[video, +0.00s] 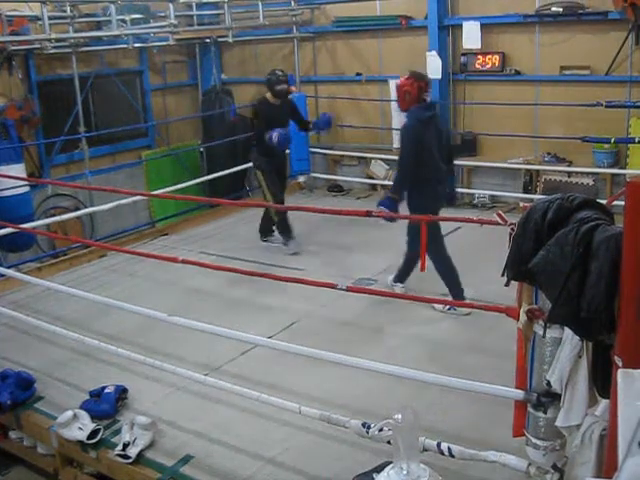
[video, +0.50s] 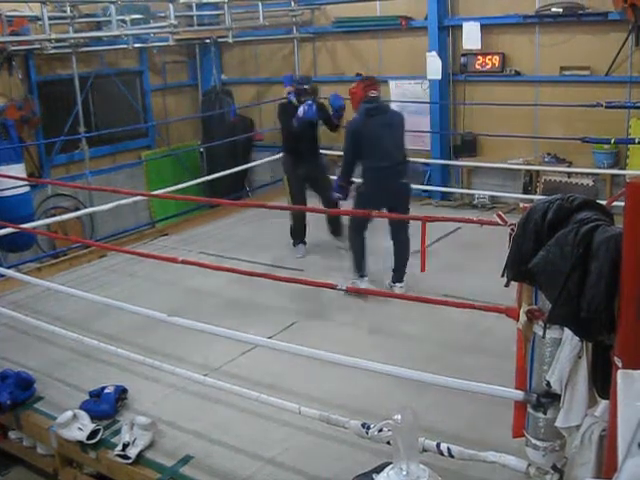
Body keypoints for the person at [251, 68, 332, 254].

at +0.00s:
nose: (285, 88)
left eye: (286, 84)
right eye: (280, 85)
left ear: (288, 85)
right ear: (271, 87)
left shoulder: (288, 103)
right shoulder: (260, 106)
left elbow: (302, 125)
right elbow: (257, 135)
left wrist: (316, 125)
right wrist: (270, 138)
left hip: (280, 154)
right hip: (261, 156)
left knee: (278, 194)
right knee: (274, 195)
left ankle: (265, 231)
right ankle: (287, 236)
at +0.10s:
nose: (289, 91)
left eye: (290, 87)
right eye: (284, 87)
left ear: (293, 88)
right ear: (275, 89)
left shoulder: (293, 105)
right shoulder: (265, 108)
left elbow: (310, 125)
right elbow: (264, 137)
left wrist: (321, 121)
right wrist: (278, 131)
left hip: (287, 157)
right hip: (269, 158)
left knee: (283, 197)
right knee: (282, 198)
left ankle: (266, 230)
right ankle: (296, 238)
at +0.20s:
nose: (294, 92)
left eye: (296, 88)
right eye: (289, 89)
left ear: (299, 89)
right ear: (280, 91)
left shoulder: (300, 106)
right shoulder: (270, 109)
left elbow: (318, 126)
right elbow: (272, 137)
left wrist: (327, 115)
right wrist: (286, 126)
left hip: (294, 160)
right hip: (276, 161)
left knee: (296, 201)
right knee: (288, 201)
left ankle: (274, 225)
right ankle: (297, 240)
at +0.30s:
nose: (298, 92)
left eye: (300, 87)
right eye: (294, 88)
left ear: (303, 88)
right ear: (284, 90)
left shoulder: (304, 105)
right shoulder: (274, 109)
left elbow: (322, 124)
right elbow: (277, 133)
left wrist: (330, 113)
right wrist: (291, 121)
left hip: (301, 160)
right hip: (282, 162)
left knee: (311, 200)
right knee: (291, 202)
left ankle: (291, 217)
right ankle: (297, 240)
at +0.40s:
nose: (302, 92)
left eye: (305, 88)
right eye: (298, 88)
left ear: (308, 88)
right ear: (289, 89)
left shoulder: (309, 104)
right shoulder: (280, 107)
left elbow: (327, 124)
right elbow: (282, 131)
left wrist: (333, 112)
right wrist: (295, 117)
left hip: (307, 160)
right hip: (288, 162)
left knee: (322, 197)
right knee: (296, 204)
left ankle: (311, 225)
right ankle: (297, 240)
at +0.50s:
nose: (306, 97)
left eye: (309, 93)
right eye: (302, 93)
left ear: (313, 92)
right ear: (295, 92)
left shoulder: (316, 106)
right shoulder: (286, 107)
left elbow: (333, 127)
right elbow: (288, 130)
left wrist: (338, 113)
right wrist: (301, 116)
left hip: (313, 159)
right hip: (293, 161)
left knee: (329, 196)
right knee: (298, 203)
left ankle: (336, 231)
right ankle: (299, 241)